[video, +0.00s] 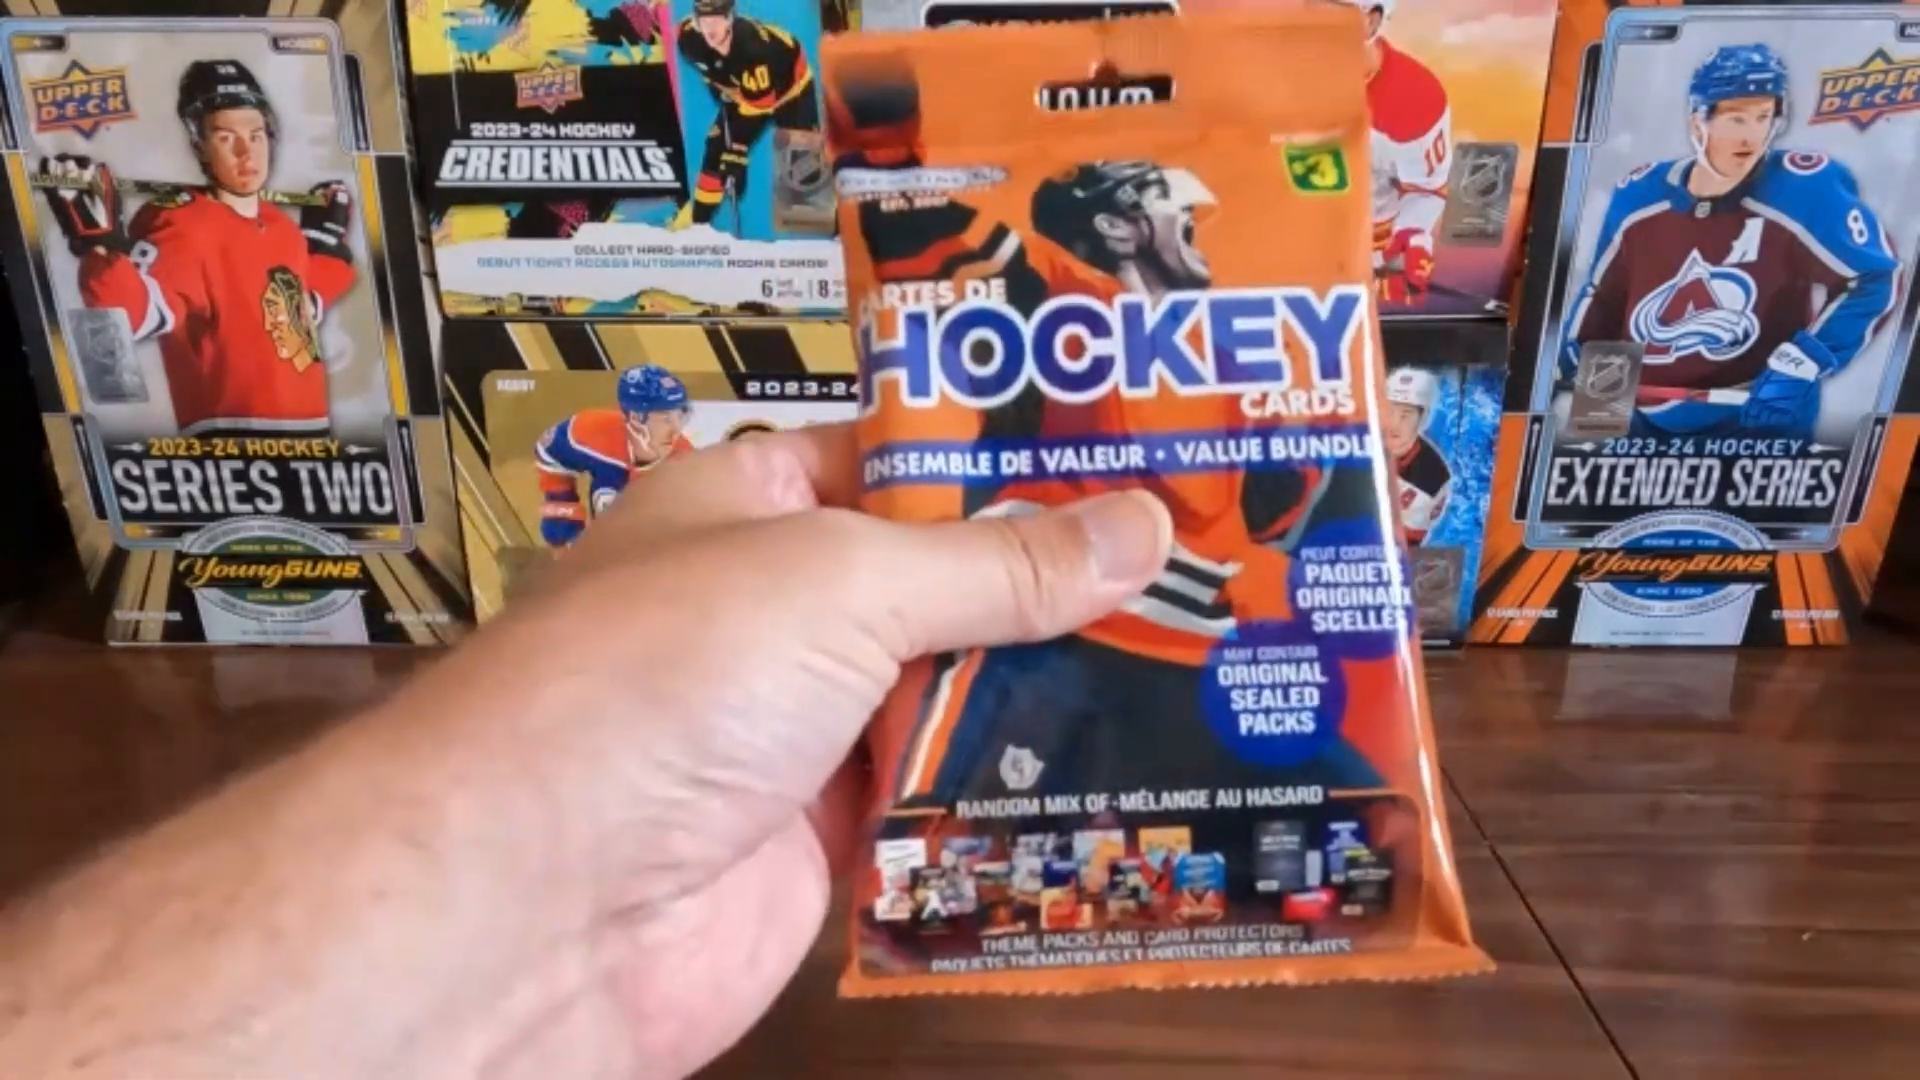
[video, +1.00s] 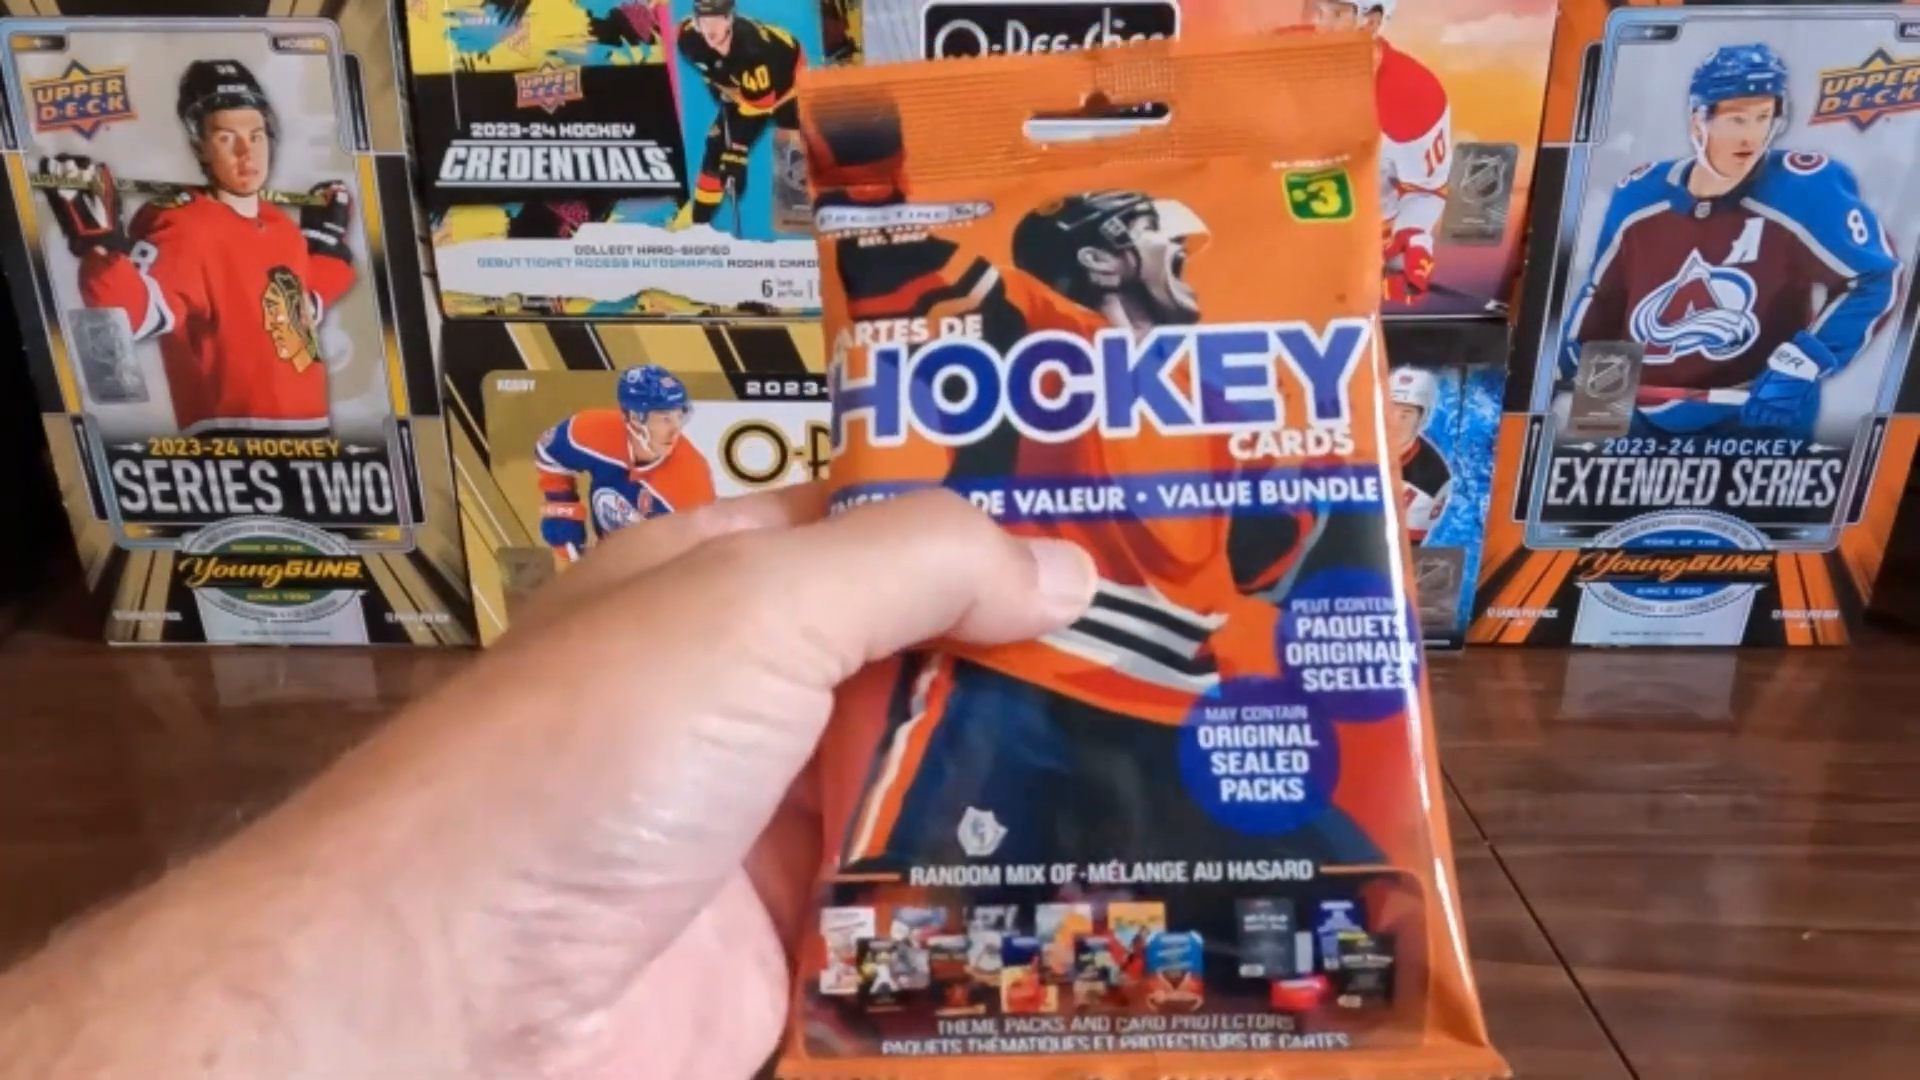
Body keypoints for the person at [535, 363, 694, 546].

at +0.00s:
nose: (675, 430)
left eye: (679, 416)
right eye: (665, 418)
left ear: (685, 415)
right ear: (636, 419)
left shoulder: (682, 454)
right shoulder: (600, 435)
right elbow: (549, 452)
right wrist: (561, 507)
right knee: (564, 528)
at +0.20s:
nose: (676, 429)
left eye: (679, 418)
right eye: (665, 420)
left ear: (684, 415)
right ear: (634, 419)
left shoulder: (693, 471)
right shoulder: (591, 433)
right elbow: (550, 454)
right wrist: (565, 530)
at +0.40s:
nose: (675, 430)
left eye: (679, 418)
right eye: (665, 419)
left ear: (684, 418)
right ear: (635, 420)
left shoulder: (691, 471)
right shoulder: (591, 432)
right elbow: (550, 454)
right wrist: (563, 518)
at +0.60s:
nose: (676, 429)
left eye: (679, 418)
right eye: (665, 419)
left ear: (685, 417)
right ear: (634, 419)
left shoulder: (692, 468)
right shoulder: (590, 432)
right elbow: (550, 453)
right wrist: (561, 511)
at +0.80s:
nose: (675, 430)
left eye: (679, 419)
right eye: (664, 420)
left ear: (685, 417)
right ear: (635, 420)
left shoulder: (691, 475)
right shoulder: (592, 432)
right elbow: (550, 453)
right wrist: (565, 529)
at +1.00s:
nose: (676, 429)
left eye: (679, 417)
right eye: (665, 419)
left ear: (685, 414)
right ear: (635, 420)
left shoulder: (691, 477)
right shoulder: (592, 433)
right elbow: (550, 453)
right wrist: (561, 509)